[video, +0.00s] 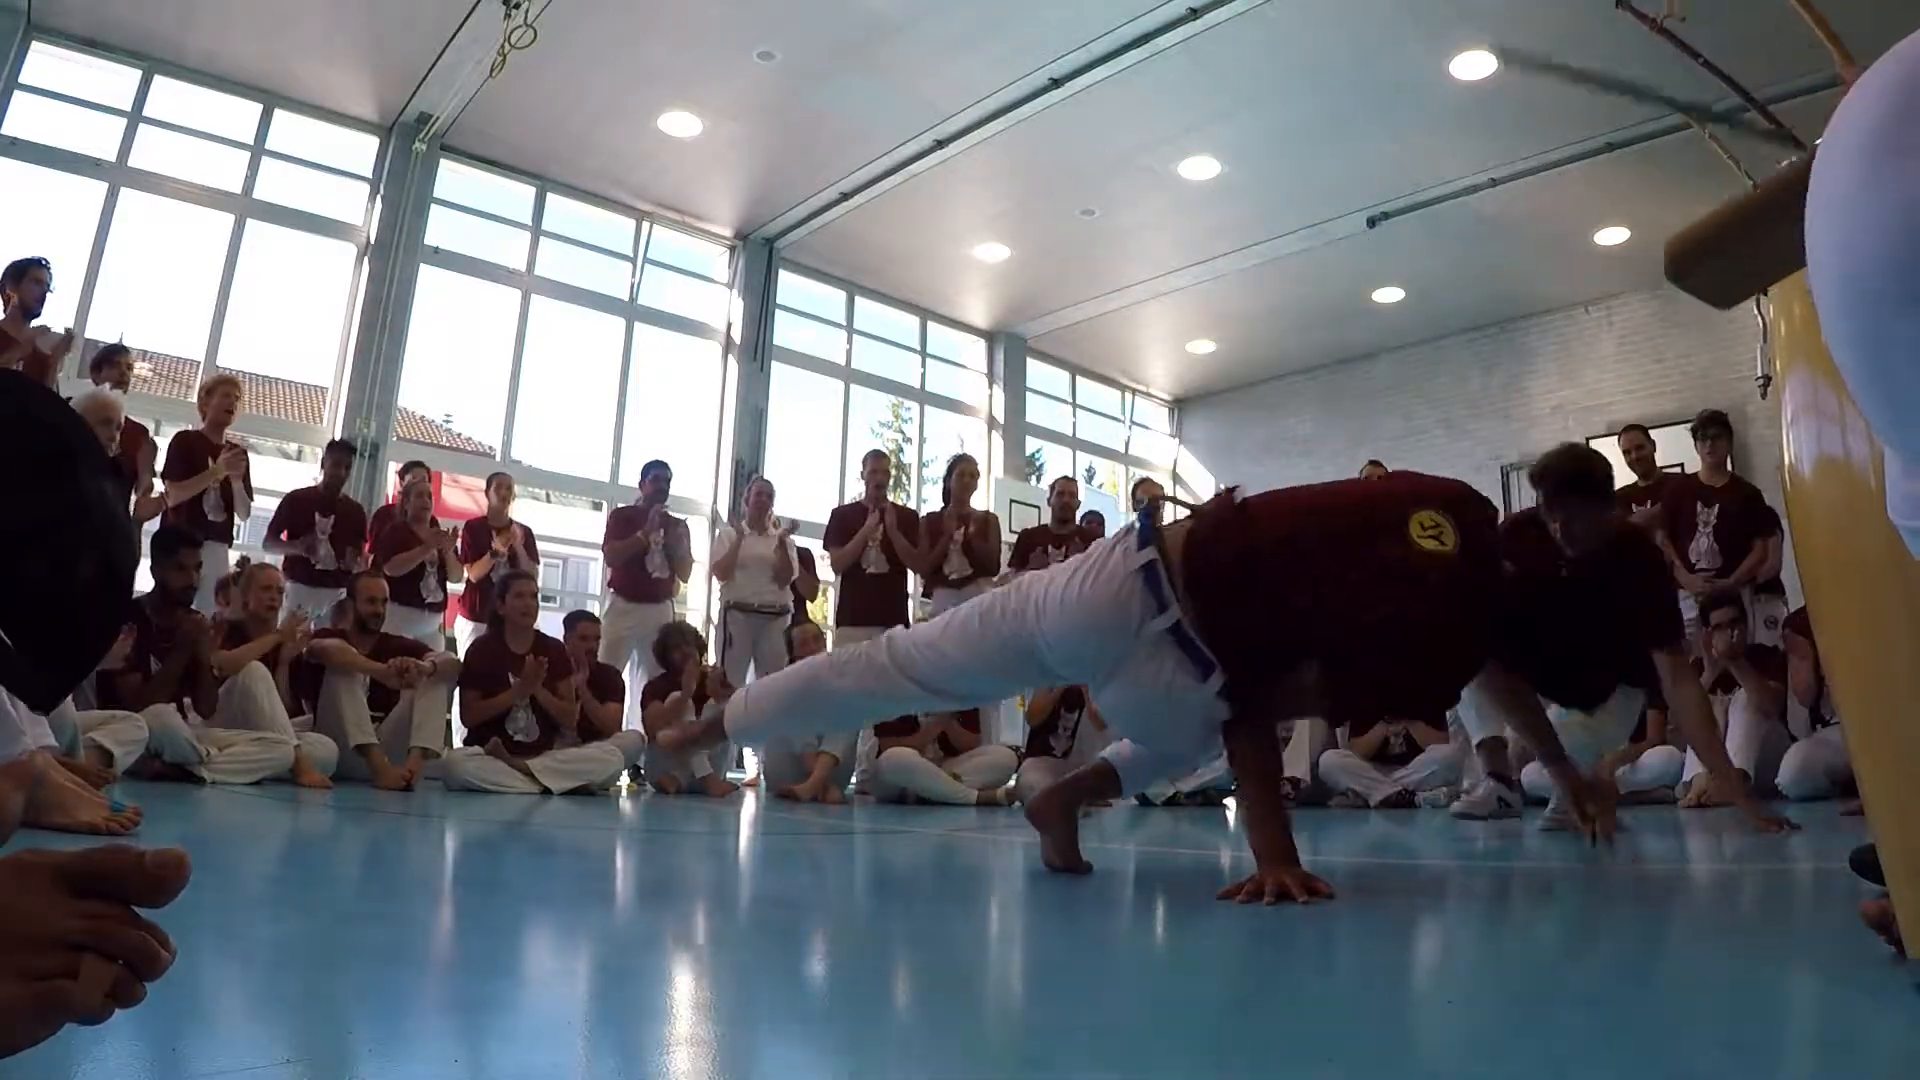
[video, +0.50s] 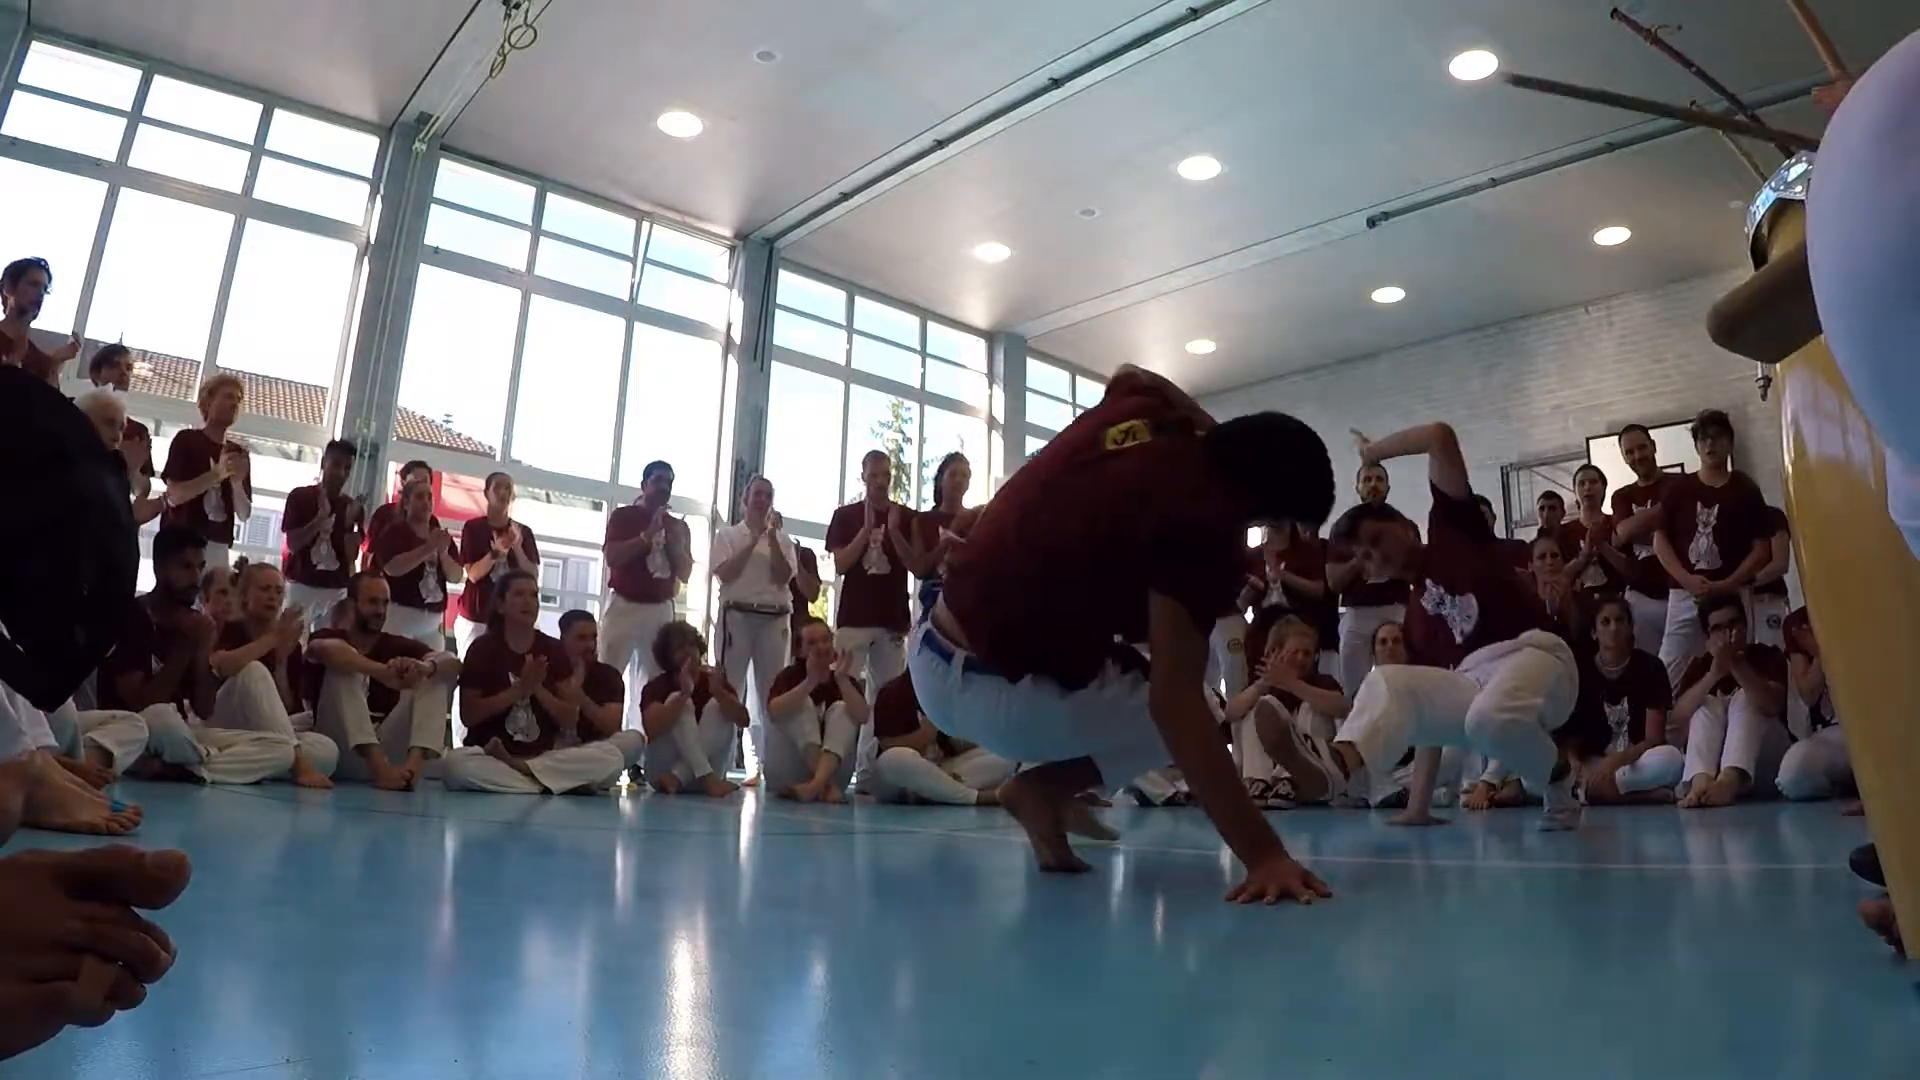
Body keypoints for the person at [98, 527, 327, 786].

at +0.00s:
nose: (192, 579)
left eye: (197, 569)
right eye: (180, 569)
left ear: (202, 569)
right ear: (155, 571)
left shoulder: (196, 623)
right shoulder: (127, 617)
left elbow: (206, 708)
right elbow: (136, 703)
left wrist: (202, 648)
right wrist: (182, 648)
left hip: (184, 731)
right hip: (132, 733)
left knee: (285, 752)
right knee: (161, 716)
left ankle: (181, 771)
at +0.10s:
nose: (193, 579)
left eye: (198, 569)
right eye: (182, 569)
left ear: (203, 569)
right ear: (156, 570)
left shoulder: (197, 623)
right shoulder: (129, 615)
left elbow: (206, 709)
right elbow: (135, 704)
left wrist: (203, 650)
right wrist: (183, 650)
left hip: (185, 730)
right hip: (133, 732)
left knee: (285, 751)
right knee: (161, 716)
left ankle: (182, 771)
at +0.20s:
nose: (194, 578)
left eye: (199, 568)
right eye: (182, 569)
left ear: (204, 568)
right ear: (157, 569)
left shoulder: (199, 624)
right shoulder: (131, 616)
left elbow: (208, 709)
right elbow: (135, 704)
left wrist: (203, 651)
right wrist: (183, 654)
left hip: (189, 730)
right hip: (136, 733)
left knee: (285, 753)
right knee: (161, 716)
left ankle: (181, 771)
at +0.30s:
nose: (195, 578)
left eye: (198, 569)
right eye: (184, 569)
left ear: (203, 570)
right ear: (157, 569)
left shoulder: (199, 624)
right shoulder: (131, 614)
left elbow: (208, 708)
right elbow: (134, 703)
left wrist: (201, 649)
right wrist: (183, 653)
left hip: (185, 731)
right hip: (133, 733)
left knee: (284, 753)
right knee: (161, 716)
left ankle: (181, 771)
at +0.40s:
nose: (194, 578)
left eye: (199, 569)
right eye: (183, 568)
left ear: (204, 570)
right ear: (158, 569)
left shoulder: (198, 625)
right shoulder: (127, 615)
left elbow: (207, 709)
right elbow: (135, 704)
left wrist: (202, 649)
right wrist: (183, 649)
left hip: (184, 731)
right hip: (131, 734)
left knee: (284, 752)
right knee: (161, 717)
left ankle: (182, 771)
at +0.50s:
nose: (195, 577)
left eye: (199, 567)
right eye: (184, 567)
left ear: (204, 569)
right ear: (158, 568)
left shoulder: (200, 624)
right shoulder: (131, 614)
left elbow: (205, 709)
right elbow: (138, 703)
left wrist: (203, 650)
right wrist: (185, 647)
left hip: (184, 731)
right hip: (132, 732)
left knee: (283, 752)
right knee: (161, 717)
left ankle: (178, 770)